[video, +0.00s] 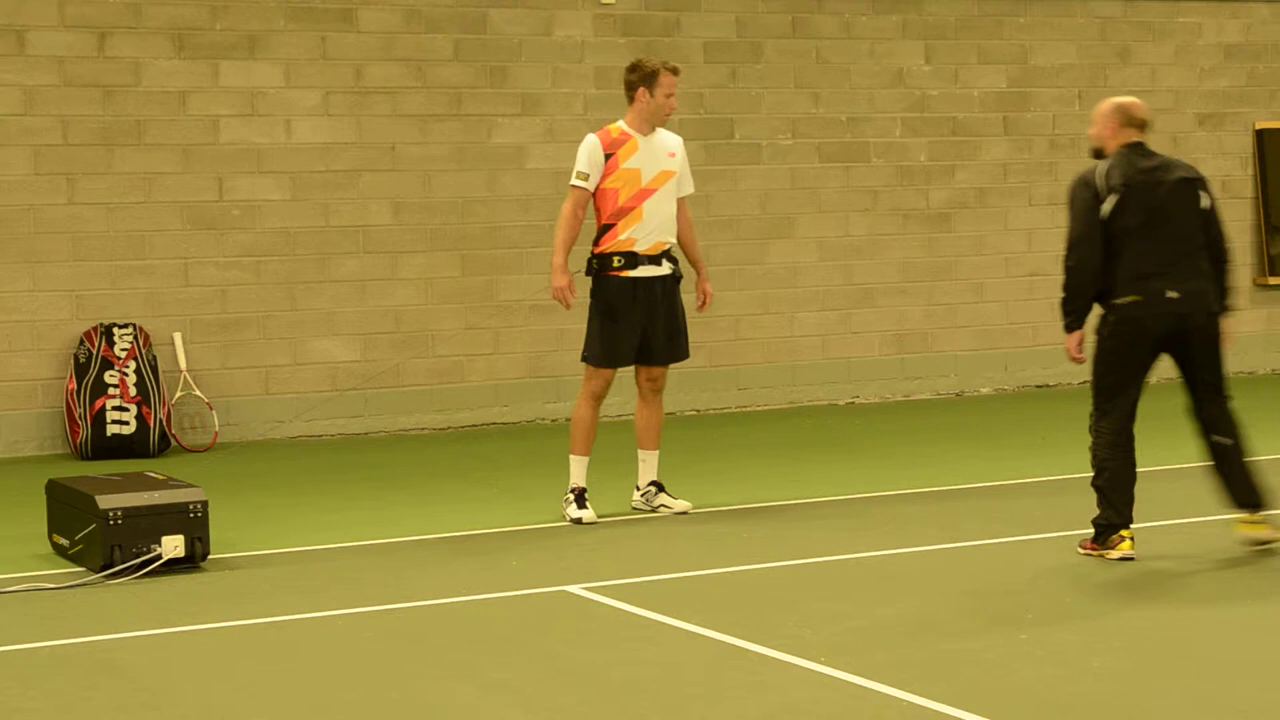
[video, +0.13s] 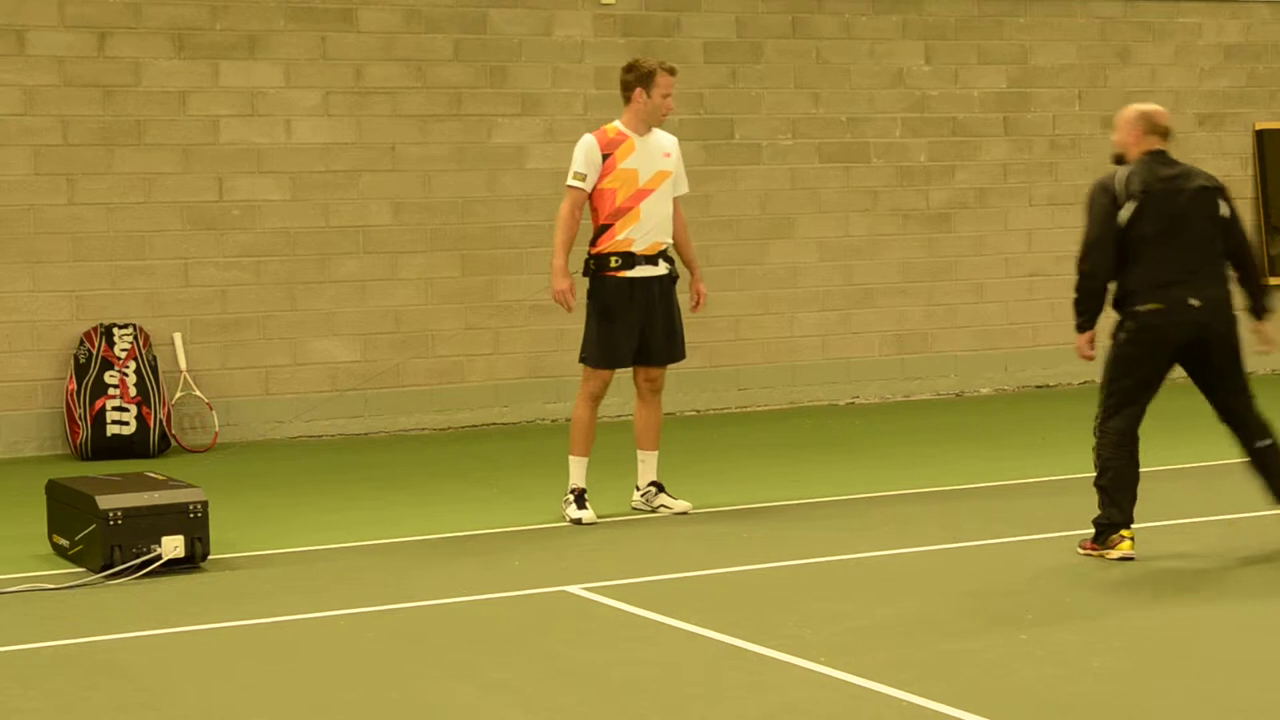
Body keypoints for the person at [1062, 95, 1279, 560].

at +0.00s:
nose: (1090, 134)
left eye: (1095, 125)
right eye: (1092, 124)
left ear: (1116, 128)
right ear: (1137, 129)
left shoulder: (1094, 181)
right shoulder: (1187, 175)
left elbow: (1084, 255)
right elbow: (1216, 247)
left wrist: (1074, 320)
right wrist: (1217, 306)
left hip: (1130, 317)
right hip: (1195, 313)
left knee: (1111, 419)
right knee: (1214, 409)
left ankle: (1114, 531)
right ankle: (1253, 510)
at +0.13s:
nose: (1113, 139)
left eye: (1119, 131)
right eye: (1115, 130)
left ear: (1140, 135)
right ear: (1159, 137)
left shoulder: (1114, 186)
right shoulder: (1206, 183)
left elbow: (1098, 257)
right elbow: (1241, 249)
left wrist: (1086, 321)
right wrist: (1261, 308)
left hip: (1148, 325)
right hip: (1211, 321)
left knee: (1116, 423)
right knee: (1245, 416)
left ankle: (1114, 530)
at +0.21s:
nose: (1138, 146)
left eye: (1145, 138)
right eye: (1141, 137)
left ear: (1165, 144)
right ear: (1186, 146)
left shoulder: (1140, 196)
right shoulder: (1229, 195)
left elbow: (1119, 265)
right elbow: (1267, 256)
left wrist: (1103, 324)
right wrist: (1277, 289)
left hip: (1168, 331)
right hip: (1232, 331)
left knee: (1129, 422)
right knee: (1266, 421)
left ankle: (1116, 529)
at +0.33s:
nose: (1189, 153)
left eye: (1197, 144)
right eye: (1193, 144)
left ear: (1219, 150)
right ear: (1235, 151)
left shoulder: (1193, 199)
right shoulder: (1270, 194)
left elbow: (1172, 270)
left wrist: (1147, 325)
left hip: (1216, 330)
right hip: (1270, 329)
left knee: (1167, 419)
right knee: (1275, 420)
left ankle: (1123, 521)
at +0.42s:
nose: (1224, 148)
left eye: (1232, 140)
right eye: (1228, 140)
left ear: (1254, 146)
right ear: (1266, 146)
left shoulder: (1230, 193)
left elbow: (1211, 264)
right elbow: (1212, 265)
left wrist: (1180, 321)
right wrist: (1184, 319)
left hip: (1252, 322)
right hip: (1274, 322)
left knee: (1198, 413)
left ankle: (1143, 507)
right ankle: (1145, 505)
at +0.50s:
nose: (1249, 132)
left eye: (1255, 124)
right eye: (1252, 124)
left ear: (1273, 131)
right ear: (1276, 131)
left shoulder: (1257, 184)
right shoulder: (1264, 181)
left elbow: (1242, 253)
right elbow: (1244, 253)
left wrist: (1211, 305)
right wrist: (1216, 303)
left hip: (1270, 316)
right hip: (1271, 315)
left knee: (1229, 404)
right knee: (1230, 404)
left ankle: (1206, 507)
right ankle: (1206, 505)